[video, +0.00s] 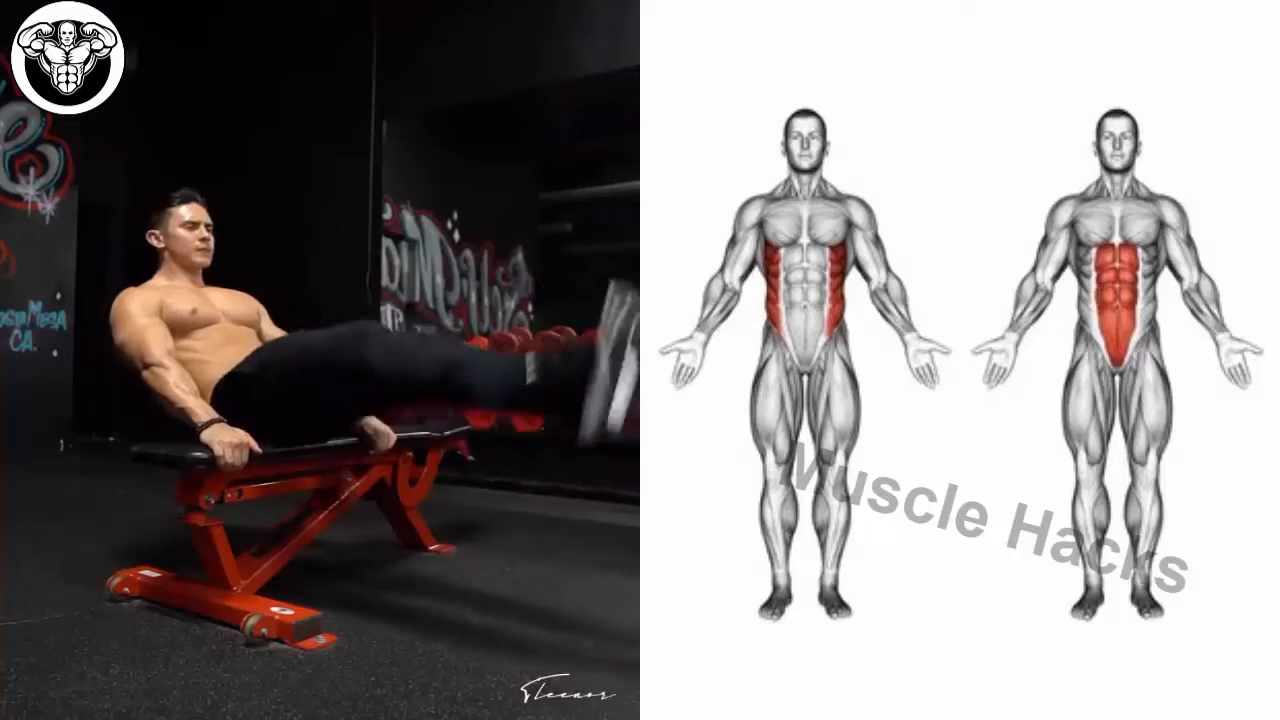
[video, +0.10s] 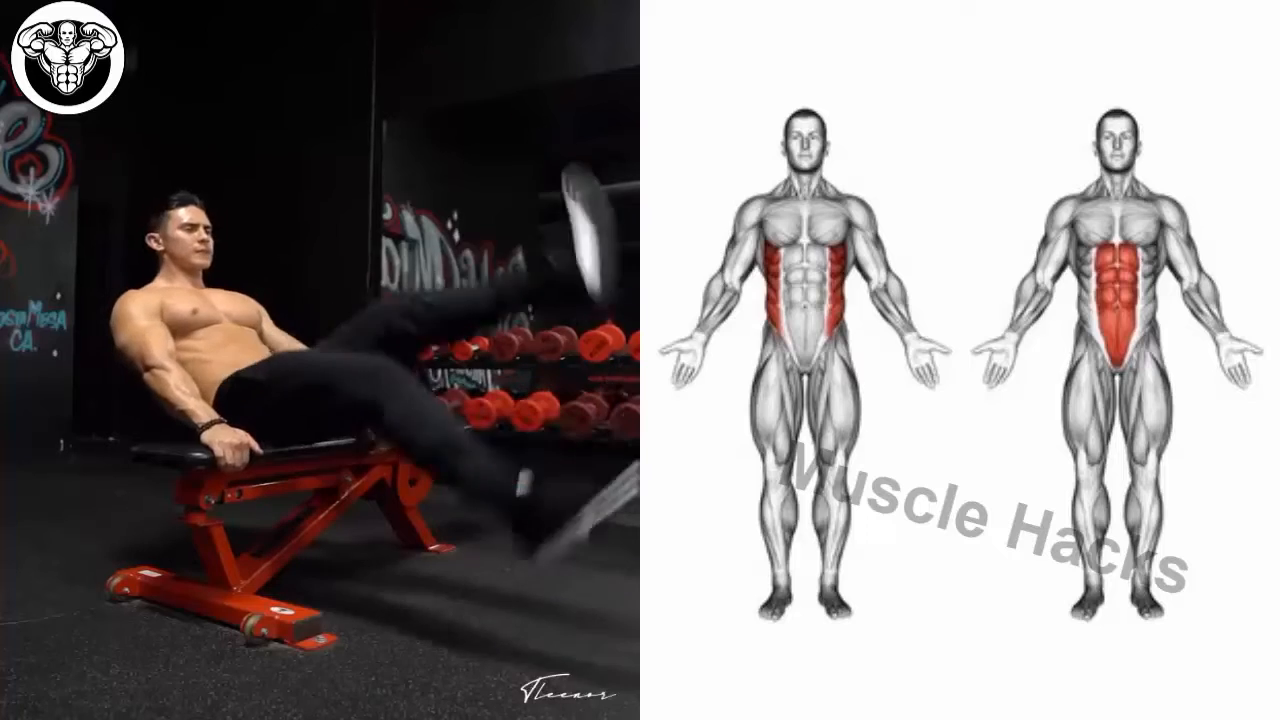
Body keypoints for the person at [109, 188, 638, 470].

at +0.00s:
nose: (204, 234)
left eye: (208, 227)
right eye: (190, 226)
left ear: (210, 239)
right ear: (158, 239)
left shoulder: (244, 300)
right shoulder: (137, 300)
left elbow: (292, 366)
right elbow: (158, 367)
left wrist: (357, 417)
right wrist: (210, 423)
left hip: (291, 392)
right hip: (238, 400)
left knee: (405, 356)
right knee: (364, 346)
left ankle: (573, 379)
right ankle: (538, 378)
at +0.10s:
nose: (203, 237)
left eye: (206, 230)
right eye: (189, 229)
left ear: (207, 243)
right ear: (157, 242)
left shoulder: (239, 302)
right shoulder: (137, 303)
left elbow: (304, 353)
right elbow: (158, 369)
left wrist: (371, 386)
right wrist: (210, 425)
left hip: (296, 382)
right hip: (242, 396)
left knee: (391, 316)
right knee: (372, 376)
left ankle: (550, 275)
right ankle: (522, 500)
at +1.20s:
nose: (211, 249)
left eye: (216, 240)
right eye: (199, 239)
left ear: (219, 245)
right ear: (167, 243)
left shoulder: (244, 306)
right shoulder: (138, 306)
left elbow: (290, 367)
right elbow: (165, 368)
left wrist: (354, 419)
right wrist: (210, 427)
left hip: (299, 388)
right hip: (245, 397)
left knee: (391, 294)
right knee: (360, 337)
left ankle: (542, 219)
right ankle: (562, 382)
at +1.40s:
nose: (215, 245)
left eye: (220, 237)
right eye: (203, 234)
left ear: (224, 245)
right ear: (169, 238)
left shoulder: (246, 301)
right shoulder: (142, 301)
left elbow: (292, 357)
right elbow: (162, 363)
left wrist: (352, 390)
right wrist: (209, 424)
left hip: (298, 376)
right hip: (246, 395)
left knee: (363, 288)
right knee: (378, 390)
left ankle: (491, 194)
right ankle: (534, 509)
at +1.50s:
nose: (214, 244)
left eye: (219, 235)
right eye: (202, 233)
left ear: (222, 242)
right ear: (168, 236)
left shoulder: (245, 299)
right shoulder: (140, 301)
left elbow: (303, 357)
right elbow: (164, 364)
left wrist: (364, 410)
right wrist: (208, 424)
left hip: (296, 383)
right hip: (242, 397)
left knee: (378, 294)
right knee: (368, 366)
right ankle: (535, 458)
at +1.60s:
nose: (211, 242)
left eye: (216, 233)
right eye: (199, 231)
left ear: (219, 239)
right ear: (165, 236)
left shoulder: (247, 297)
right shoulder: (140, 300)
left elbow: (292, 363)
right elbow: (165, 365)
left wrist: (355, 413)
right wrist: (210, 424)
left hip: (291, 396)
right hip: (238, 401)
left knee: (405, 328)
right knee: (364, 338)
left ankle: (561, 369)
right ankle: (546, 357)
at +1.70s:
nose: (213, 238)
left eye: (217, 229)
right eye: (199, 228)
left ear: (221, 235)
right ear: (166, 235)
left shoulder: (250, 294)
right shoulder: (142, 299)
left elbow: (303, 357)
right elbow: (166, 364)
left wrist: (360, 421)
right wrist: (210, 424)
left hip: (305, 401)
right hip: (246, 400)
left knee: (430, 369)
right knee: (346, 295)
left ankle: (574, 470)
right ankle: (529, 262)